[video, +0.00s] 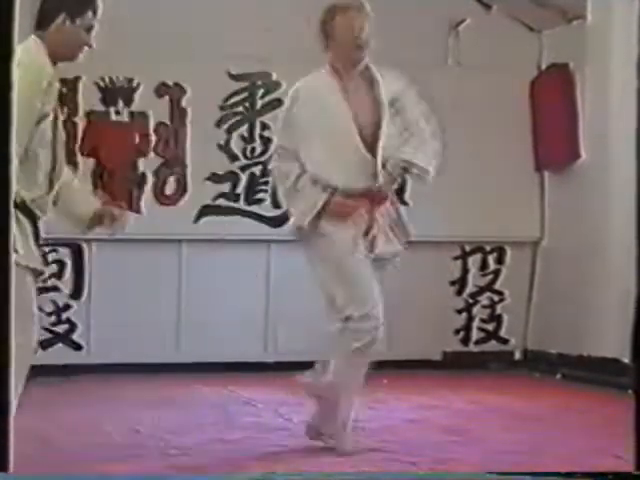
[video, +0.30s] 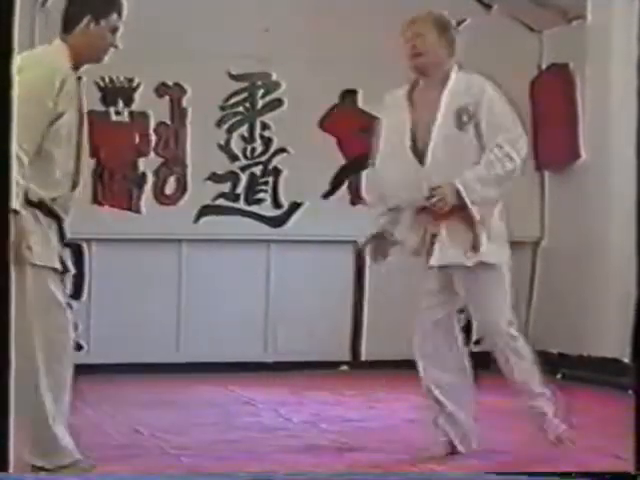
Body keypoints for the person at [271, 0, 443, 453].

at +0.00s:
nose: (362, 46)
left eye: (365, 38)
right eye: (352, 38)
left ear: (371, 37)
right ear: (328, 37)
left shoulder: (391, 86)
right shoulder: (305, 94)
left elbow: (423, 136)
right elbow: (284, 166)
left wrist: (398, 181)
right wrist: (327, 203)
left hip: (378, 219)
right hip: (329, 221)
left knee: (363, 323)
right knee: (365, 319)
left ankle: (330, 418)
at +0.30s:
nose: (411, 46)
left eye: (420, 38)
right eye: (407, 40)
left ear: (446, 45)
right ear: (403, 51)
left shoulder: (477, 92)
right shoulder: (396, 104)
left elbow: (511, 152)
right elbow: (384, 174)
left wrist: (461, 191)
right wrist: (383, 227)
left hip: (478, 235)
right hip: (427, 238)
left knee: (496, 330)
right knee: (433, 338)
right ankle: (452, 434)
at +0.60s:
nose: (482, 58)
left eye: (492, 49)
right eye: (483, 49)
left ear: (516, 55)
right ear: (494, 55)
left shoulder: (530, 100)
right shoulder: (492, 105)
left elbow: (539, 175)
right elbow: (491, 189)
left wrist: (492, 212)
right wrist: (470, 241)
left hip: (551, 234)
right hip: (521, 237)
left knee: (549, 342)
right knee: (513, 344)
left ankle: (565, 445)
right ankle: (554, 434)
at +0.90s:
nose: (547, 63)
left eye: (553, 54)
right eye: (548, 54)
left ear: (574, 55)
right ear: (589, 56)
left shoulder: (585, 94)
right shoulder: (586, 94)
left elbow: (514, 96)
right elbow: (528, 120)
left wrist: (464, 74)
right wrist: (482, 106)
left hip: (607, 230)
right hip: (602, 229)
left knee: (566, 331)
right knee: (573, 332)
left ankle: (572, 450)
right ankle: (573, 448)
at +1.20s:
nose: (569, 73)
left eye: (574, 64)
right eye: (568, 64)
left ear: (599, 63)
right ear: (602, 65)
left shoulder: (602, 109)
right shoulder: (615, 105)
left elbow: (563, 159)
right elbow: (570, 157)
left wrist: (507, 141)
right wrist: (522, 141)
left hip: (614, 234)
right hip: (619, 231)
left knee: (574, 329)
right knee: (604, 336)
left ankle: (603, 445)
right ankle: (610, 442)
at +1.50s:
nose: (529, 73)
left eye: (536, 63)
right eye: (530, 64)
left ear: (560, 66)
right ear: (556, 68)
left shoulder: (571, 107)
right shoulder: (556, 110)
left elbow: (521, 157)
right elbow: (511, 166)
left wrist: (450, 148)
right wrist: (448, 149)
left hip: (582, 241)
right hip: (544, 241)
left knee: (561, 355)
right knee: (504, 335)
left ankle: (607, 453)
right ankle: (573, 419)